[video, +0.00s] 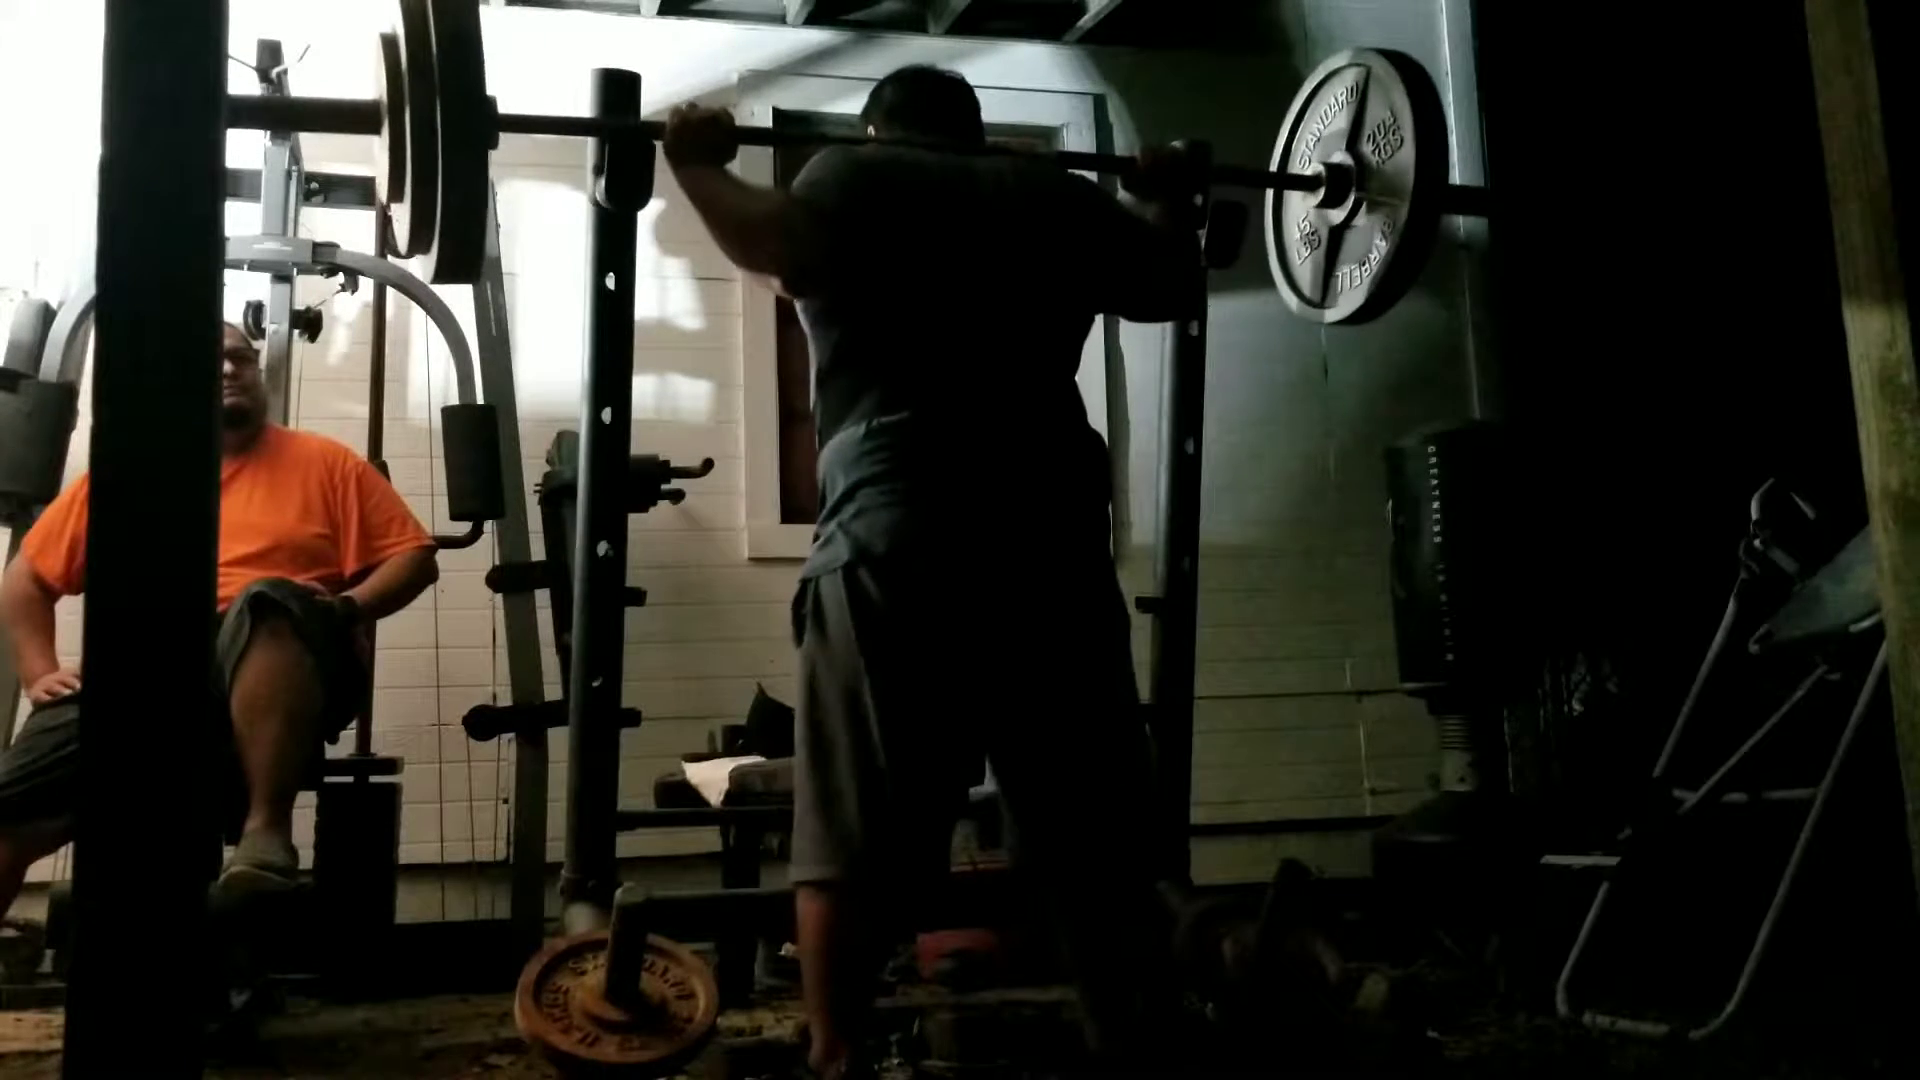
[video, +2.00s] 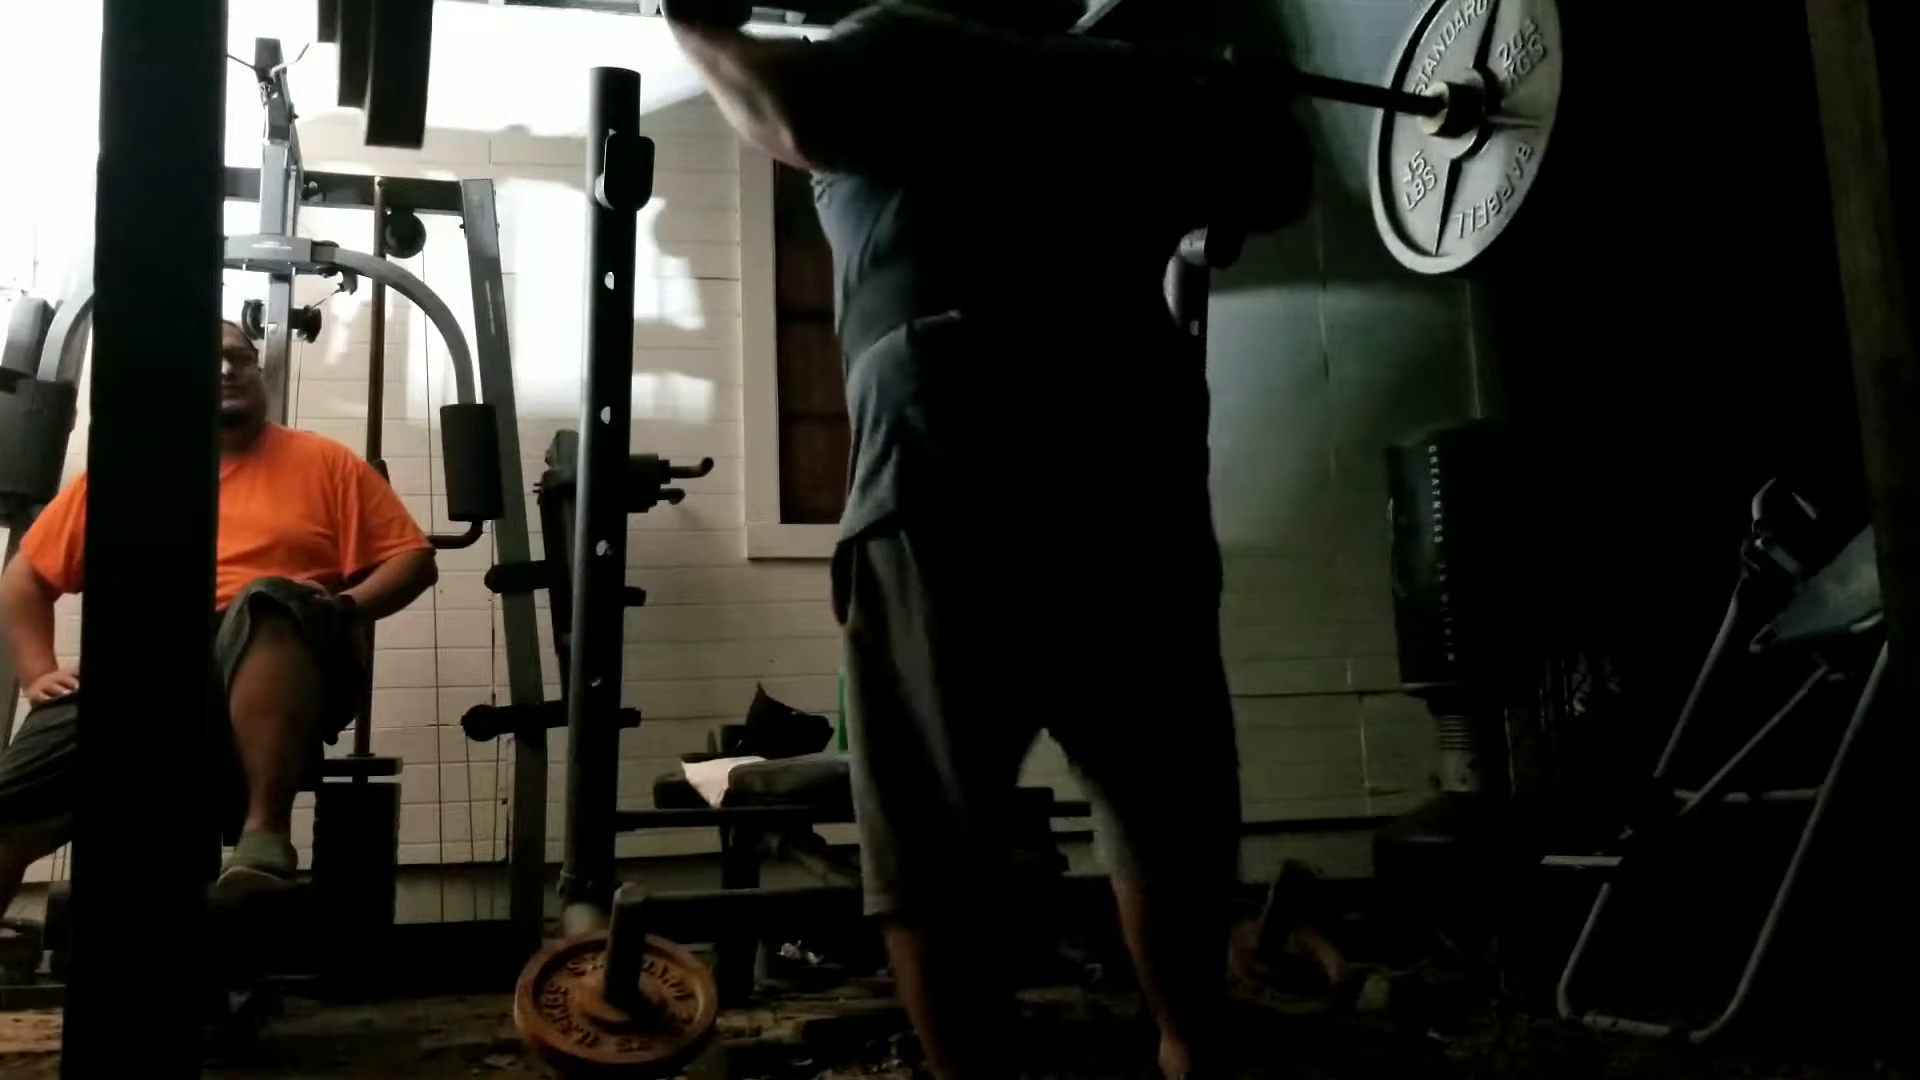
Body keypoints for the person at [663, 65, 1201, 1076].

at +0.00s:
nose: (862, 143)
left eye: (867, 130)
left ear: (873, 129)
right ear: (981, 135)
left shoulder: (844, 174)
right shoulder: (1053, 199)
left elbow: (772, 243)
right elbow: (1176, 286)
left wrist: (697, 161)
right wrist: (1164, 199)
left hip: (890, 535)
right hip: (1051, 531)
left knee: (848, 809)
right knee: (1094, 804)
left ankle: (833, 1053)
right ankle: (1137, 1033)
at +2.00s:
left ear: (910, 2)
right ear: (1057, 2)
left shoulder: (887, 47)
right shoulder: (1128, 82)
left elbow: (797, 128)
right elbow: (1281, 172)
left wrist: (692, 21)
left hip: (943, 482)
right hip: (1136, 474)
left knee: (926, 822)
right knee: (1163, 794)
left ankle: (963, 1065)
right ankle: (1188, 1054)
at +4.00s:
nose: (964, 80)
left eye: (967, 63)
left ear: (970, 76)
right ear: (1093, 71)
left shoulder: (941, 144)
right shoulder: (1195, 156)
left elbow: (848, 236)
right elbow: (1338, 242)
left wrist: (768, 142)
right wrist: (1319, 155)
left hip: (1016, 520)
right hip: (1222, 520)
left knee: (914, 848)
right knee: (1241, 837)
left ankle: (937, 1064)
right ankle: (1281, 1058)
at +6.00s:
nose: (940, 26)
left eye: (944, 15)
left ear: (964, 11)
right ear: (1086, 3)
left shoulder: (943, 81)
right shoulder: (1184, 83)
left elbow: (847, 163)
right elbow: (1332, 173)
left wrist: (757, 63)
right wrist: (1304, 81)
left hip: (1015, 470)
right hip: (1205, 467)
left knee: (948, 822)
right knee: (1240, 810)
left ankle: (946, 1061)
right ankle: (1276, 1055)